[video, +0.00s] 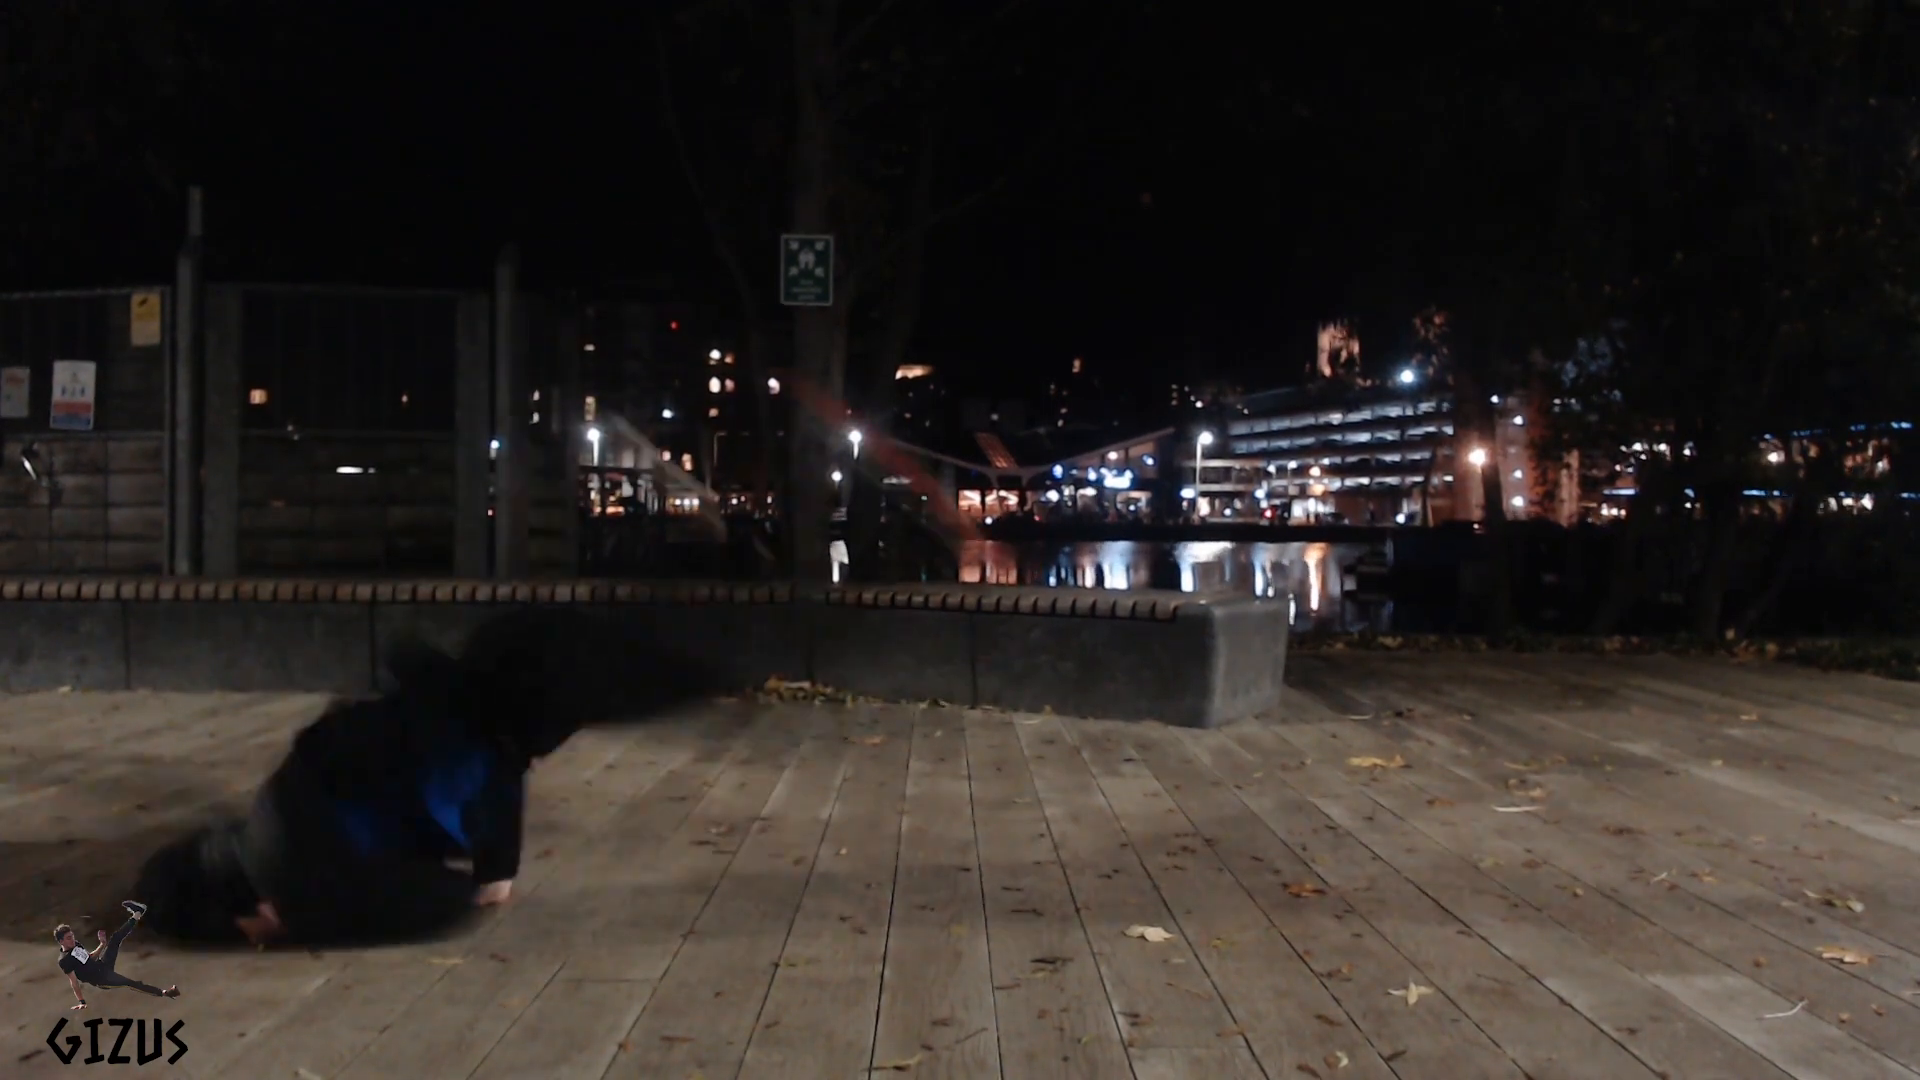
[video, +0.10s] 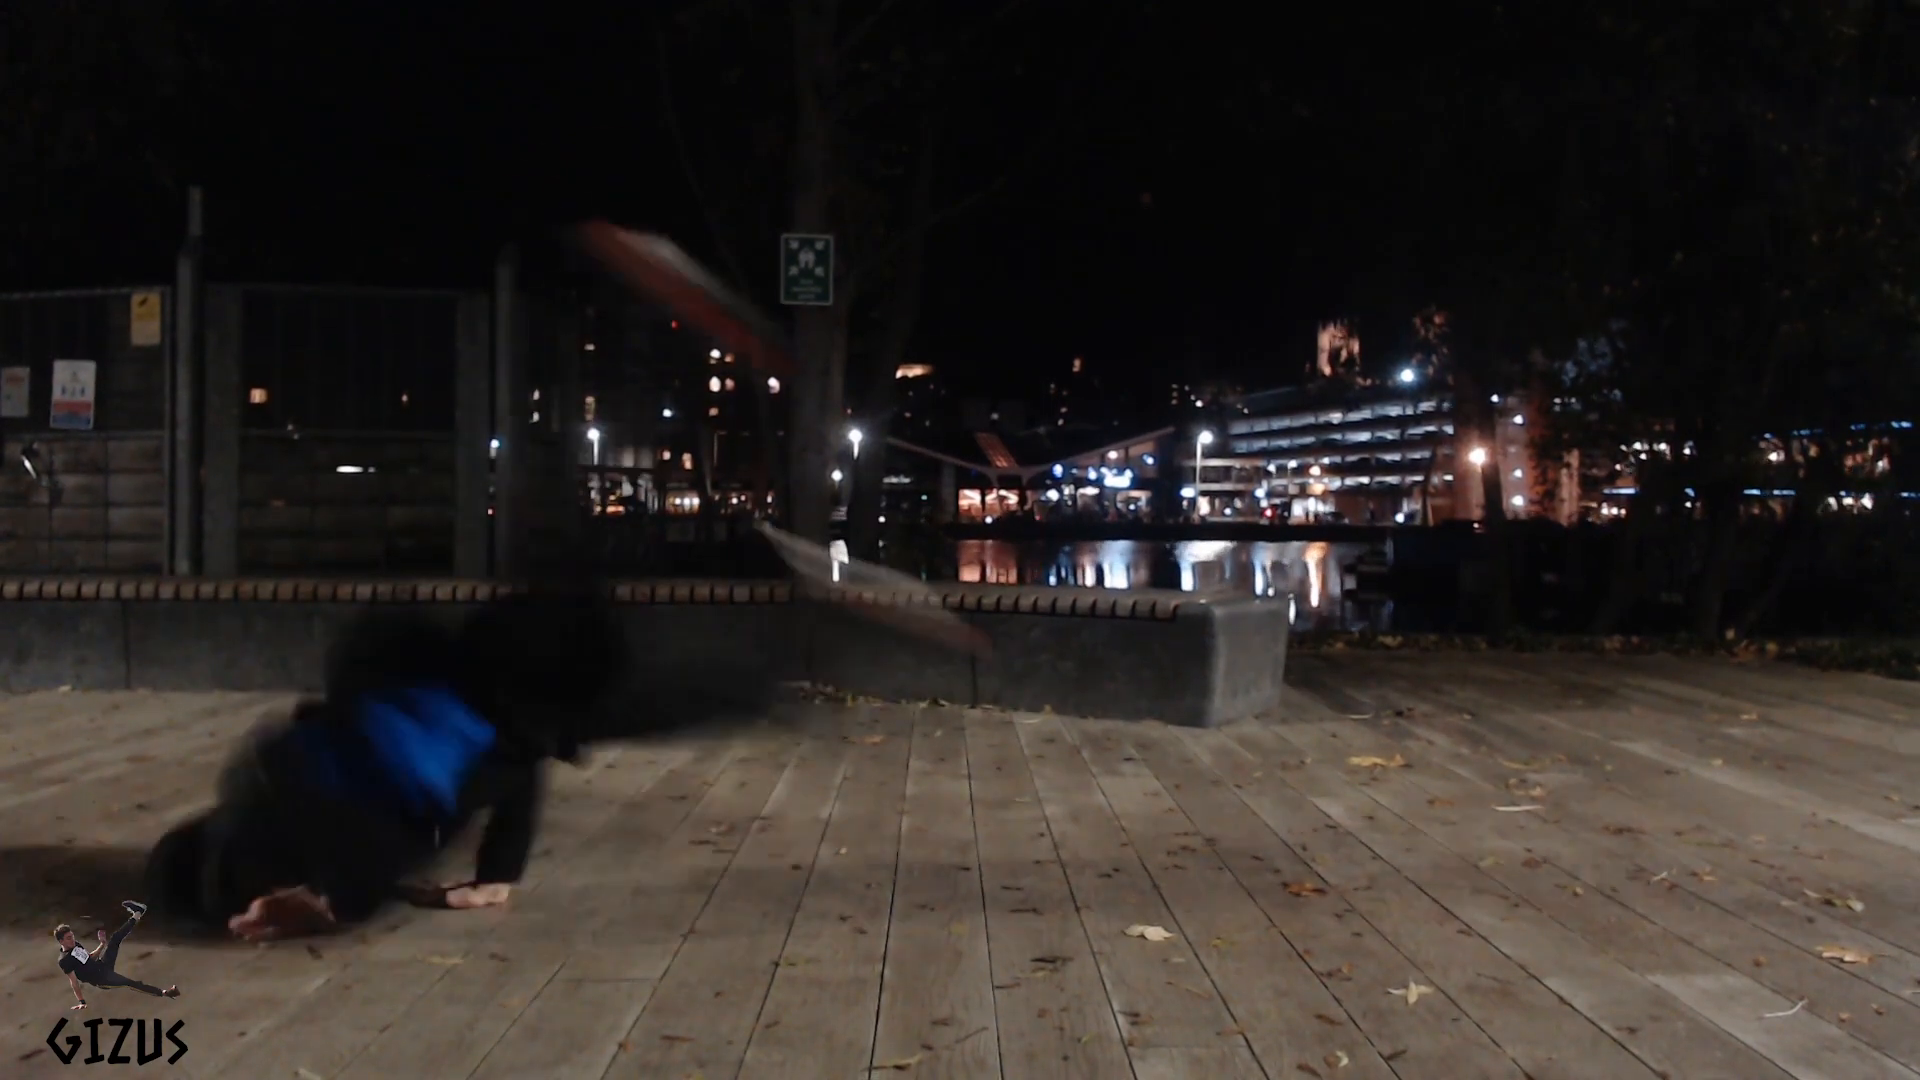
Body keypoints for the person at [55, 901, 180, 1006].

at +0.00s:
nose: (73, 939)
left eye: (72, 936)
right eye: (69, 938)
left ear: (72, 936)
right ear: (61, 941)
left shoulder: (76, 946)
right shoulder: (64, 960)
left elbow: (91, 957)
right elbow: (74, 982)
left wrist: (102, 945)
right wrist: (81, 1002)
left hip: (104, 965)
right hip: (102, 978)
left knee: (115, 939)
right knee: (132, 983)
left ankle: (136, 917)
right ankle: (164, 993)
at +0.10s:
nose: (73, 939)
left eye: (72, 936)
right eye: (69, 938)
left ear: (72, 936)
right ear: (61, 942)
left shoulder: (76, 945)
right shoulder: (64, 960)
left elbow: (91, 957)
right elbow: (74, 982)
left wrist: (102, 945)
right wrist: (82, 1002)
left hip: (104, 965)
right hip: (102, 978)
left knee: (115, 939)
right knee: (132, 983)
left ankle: (136, 917)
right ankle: (164, 993)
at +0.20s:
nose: (73, 939)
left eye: (72, 936)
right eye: (69, 938)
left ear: (71, 937)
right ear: (62, 942)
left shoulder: (76, 946)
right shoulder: (64, 960)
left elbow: (91, 957)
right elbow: (73, 982)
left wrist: (102, 944)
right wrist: (81, 1002)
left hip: (104, 964)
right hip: (102, 978)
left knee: (116, 938)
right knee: (132, 983)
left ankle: (136, 916)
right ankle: (164, 993)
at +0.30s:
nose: (73, 939)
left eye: (72, 936)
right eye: (69, 938)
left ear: (72, 936)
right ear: (61, 941)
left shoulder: (76, 946)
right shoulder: (64, 961)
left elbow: (91, 957)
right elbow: (73, 982)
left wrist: (102, 944)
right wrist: (81, 1002)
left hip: (104, 964)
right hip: (102, 978)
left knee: (115, 939)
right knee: (132, 983)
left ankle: (136, 916)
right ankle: (165, 993)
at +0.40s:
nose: (73, 939)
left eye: (72, 936)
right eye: (69, 938)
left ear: (71, 936)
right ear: (62, 941)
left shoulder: (75, 946)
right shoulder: (64, 960)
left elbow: (91, 957)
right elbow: (73, 982)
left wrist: (102, 945)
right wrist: (81, 1002)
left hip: (104, 965)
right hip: (102, 978)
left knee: (116, 938)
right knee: (132, 983)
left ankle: (136, 916)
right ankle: (165, 993)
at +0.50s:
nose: (73, 939)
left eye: (72, 936)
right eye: (69, 938)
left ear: (71, 937)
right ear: (61, 941)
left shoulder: (75, 946)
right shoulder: (64, 960)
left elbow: (91, 957)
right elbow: (74, 982)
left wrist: (102, 945)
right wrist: (81, 1002)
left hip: (104, 965)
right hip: (102, 978)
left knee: (116, 938)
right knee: (131, 983)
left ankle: (136, 916)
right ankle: (164, 993)